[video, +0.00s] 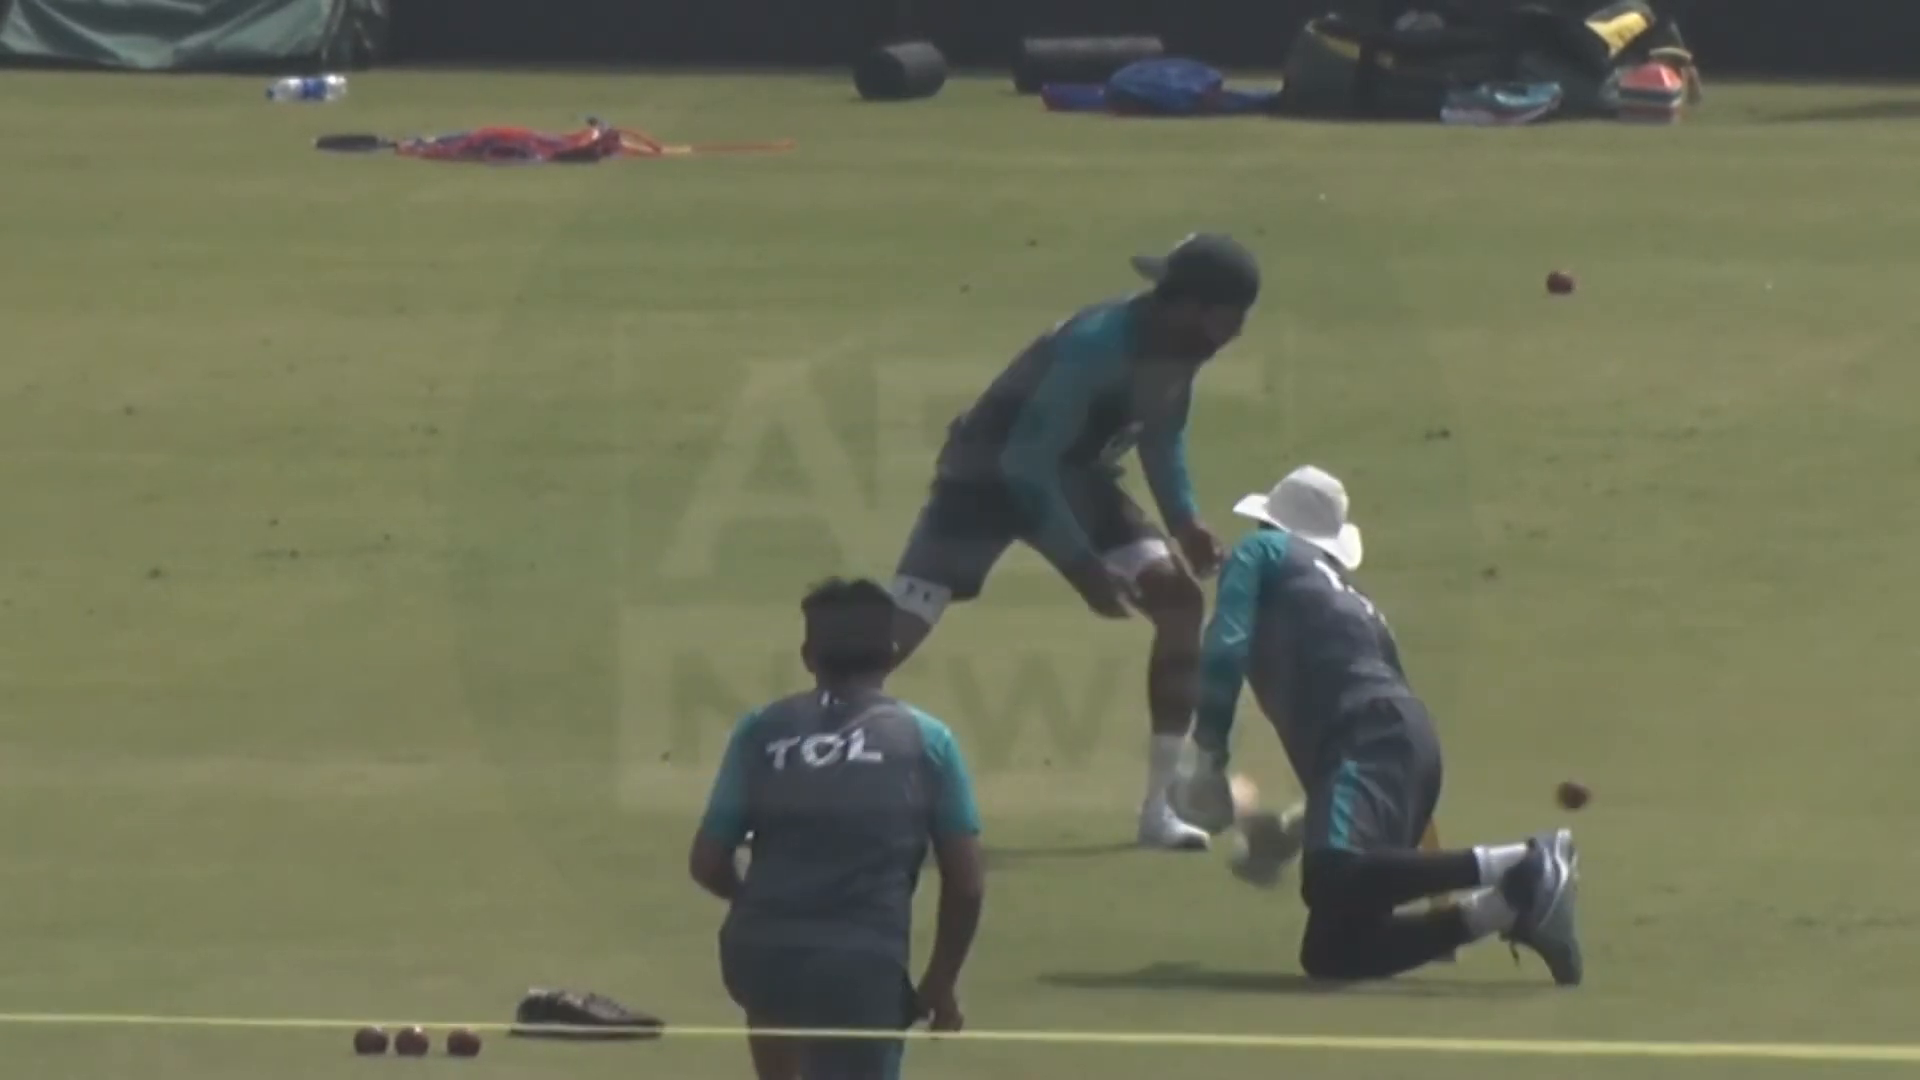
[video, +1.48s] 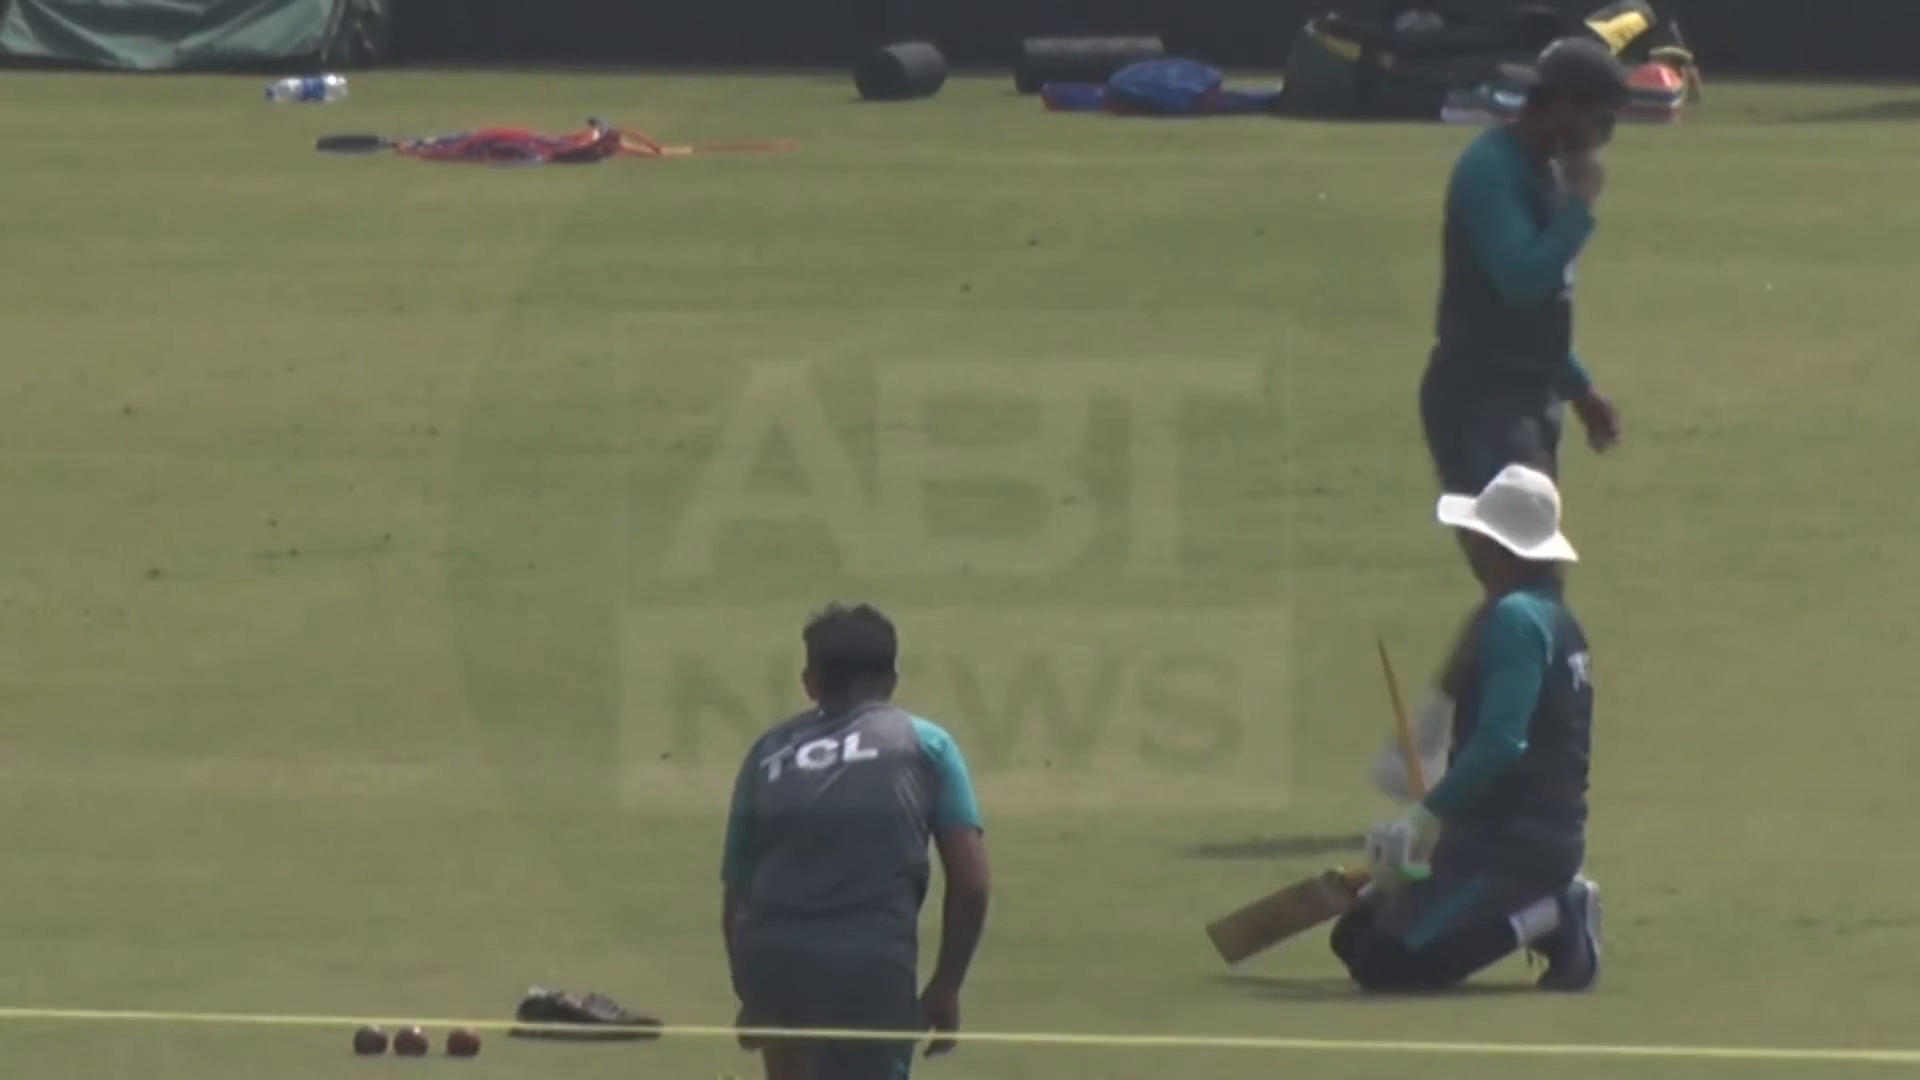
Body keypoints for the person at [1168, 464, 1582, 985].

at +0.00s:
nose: (1251, 530)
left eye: (1261, 523)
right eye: (1257, 522)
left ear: (1277, 527)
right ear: (1327, 546)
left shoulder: (1260, 551)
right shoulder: (1350, 600)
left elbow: (1225, 654)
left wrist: (1208, 762)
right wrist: (1293, 832)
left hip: (1375, 739)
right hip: (1412, 756)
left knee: (1331, 877)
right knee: (1328, 955)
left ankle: (1518, 863)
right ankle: (1506, 907)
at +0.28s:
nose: (1243, 551)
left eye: (1252, 545)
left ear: (1269, 544)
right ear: (1322, 561)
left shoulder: (1252, 562)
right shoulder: (1332, 606)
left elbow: (1234, 646)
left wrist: (1220, 769)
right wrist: (1323, 923)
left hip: (1370, 730)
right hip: (1413, 759)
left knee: (1347, 859)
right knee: (1334, 955)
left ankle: (1527, 836)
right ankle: (1508, 905)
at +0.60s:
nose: (1252, 556)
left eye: (1260, 549)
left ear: (1276, 547)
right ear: (1334, 564)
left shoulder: (1260, 568)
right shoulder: (1352, 611)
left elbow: (1248, 653)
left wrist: (1231, 772)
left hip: (1388, 759)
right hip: (1430, 761)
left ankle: (1526, 889)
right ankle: (1515, 892)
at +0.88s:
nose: (1296, 545)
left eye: (1304, 534)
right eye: (1302, 534)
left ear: (1317, 537)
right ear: (1374, 551)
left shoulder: (1316, 574)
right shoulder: (1387, 601)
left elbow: (1307, 672)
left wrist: (1277, 781)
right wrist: (1338, 916)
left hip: (1423, 793)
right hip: (1456, 787)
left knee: (1336, 954)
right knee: (1343, 943)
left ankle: (1527, 904)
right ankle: (1502, 901)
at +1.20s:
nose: (1393, 536)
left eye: (1404, 527)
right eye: (1397, 525)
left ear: (1430, 536)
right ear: (1472, 543)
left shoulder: (1436, 590)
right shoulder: (1486, 609)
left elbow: (1436, 705)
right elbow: (1467, 749)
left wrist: (1389, 808)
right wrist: (1388, 841)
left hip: (1481, 836)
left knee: (1370, 964)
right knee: (1338, 950)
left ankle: (1533, 909)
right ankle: (1531, 904)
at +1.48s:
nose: (1467, 555)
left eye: (1474, 542)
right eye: (1467, 542)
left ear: (1501, 548)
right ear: (1535, 549)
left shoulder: (1515, 617)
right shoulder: (1550, 616)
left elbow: (1500, 742)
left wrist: (1425, 816)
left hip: (1516, 853)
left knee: (1386, 965)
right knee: (1360, 940)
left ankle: (1553, 914)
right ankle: (1538, 910)